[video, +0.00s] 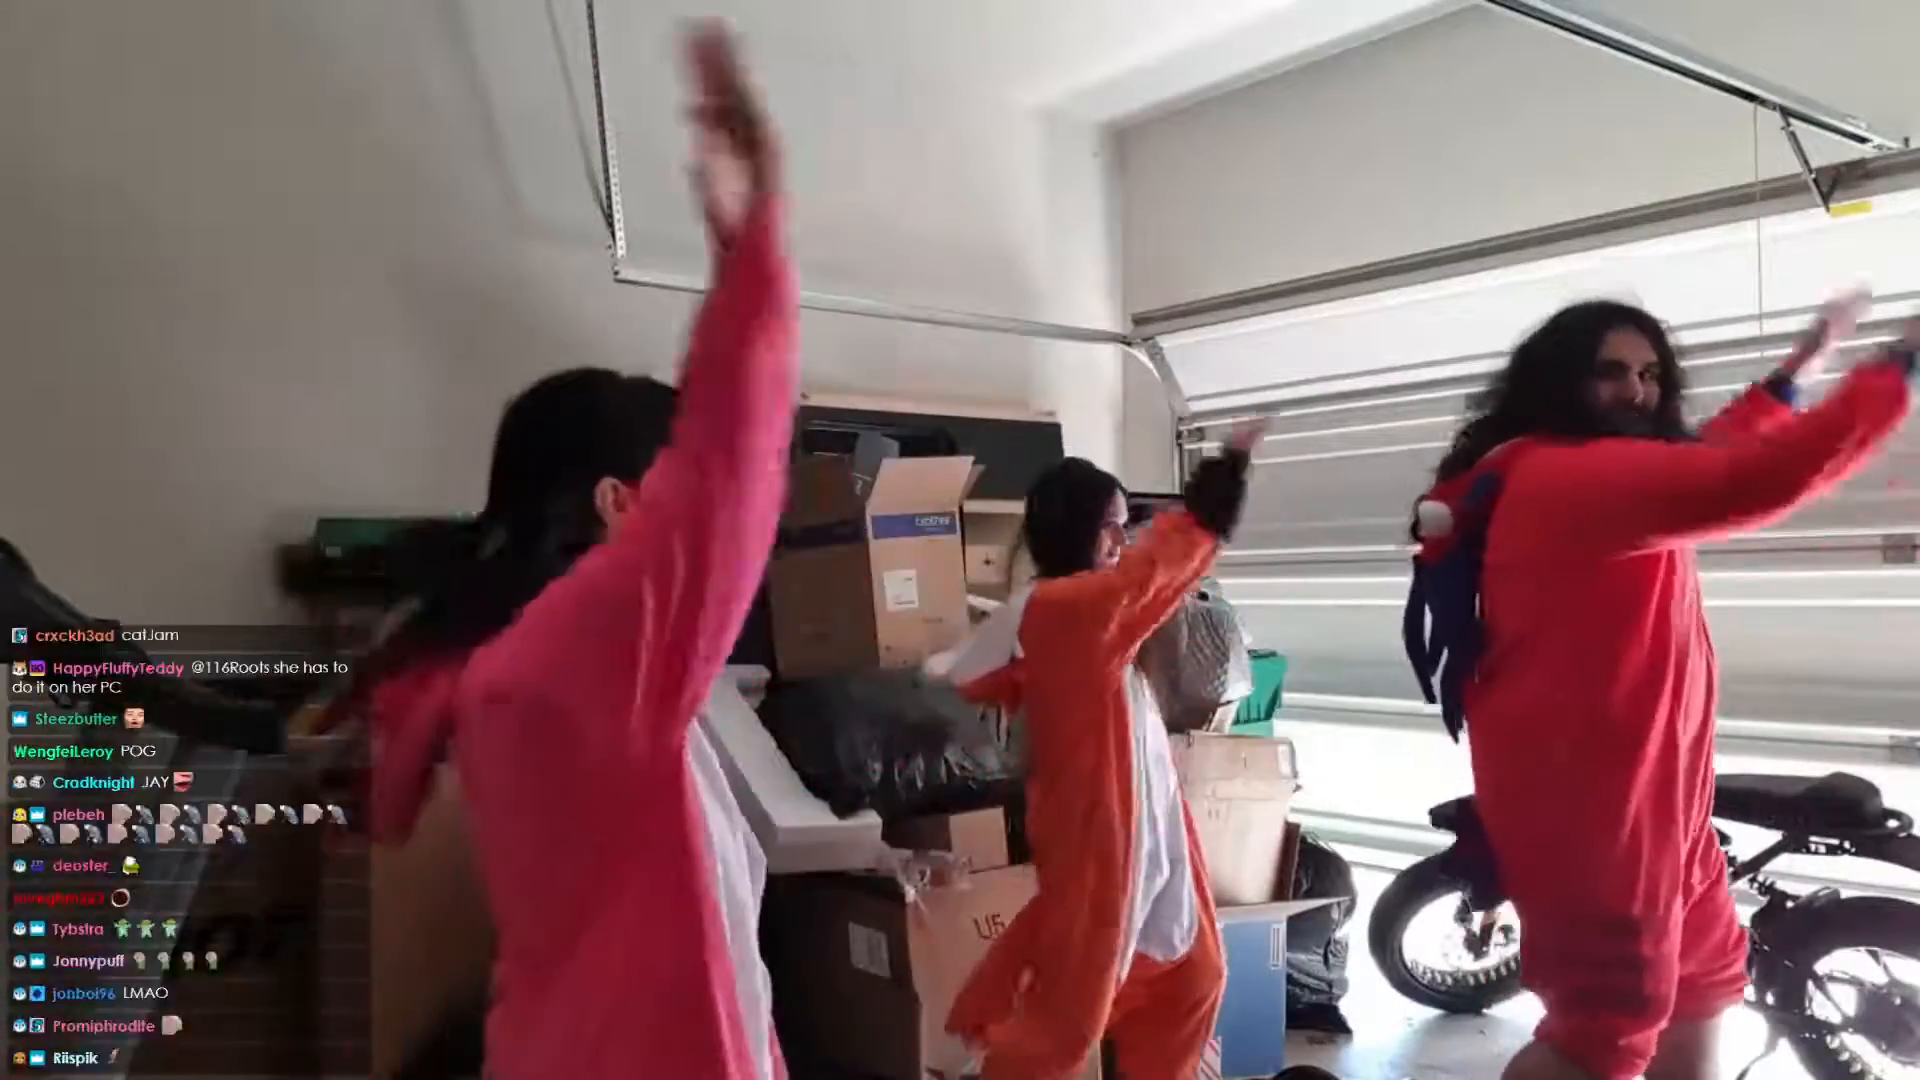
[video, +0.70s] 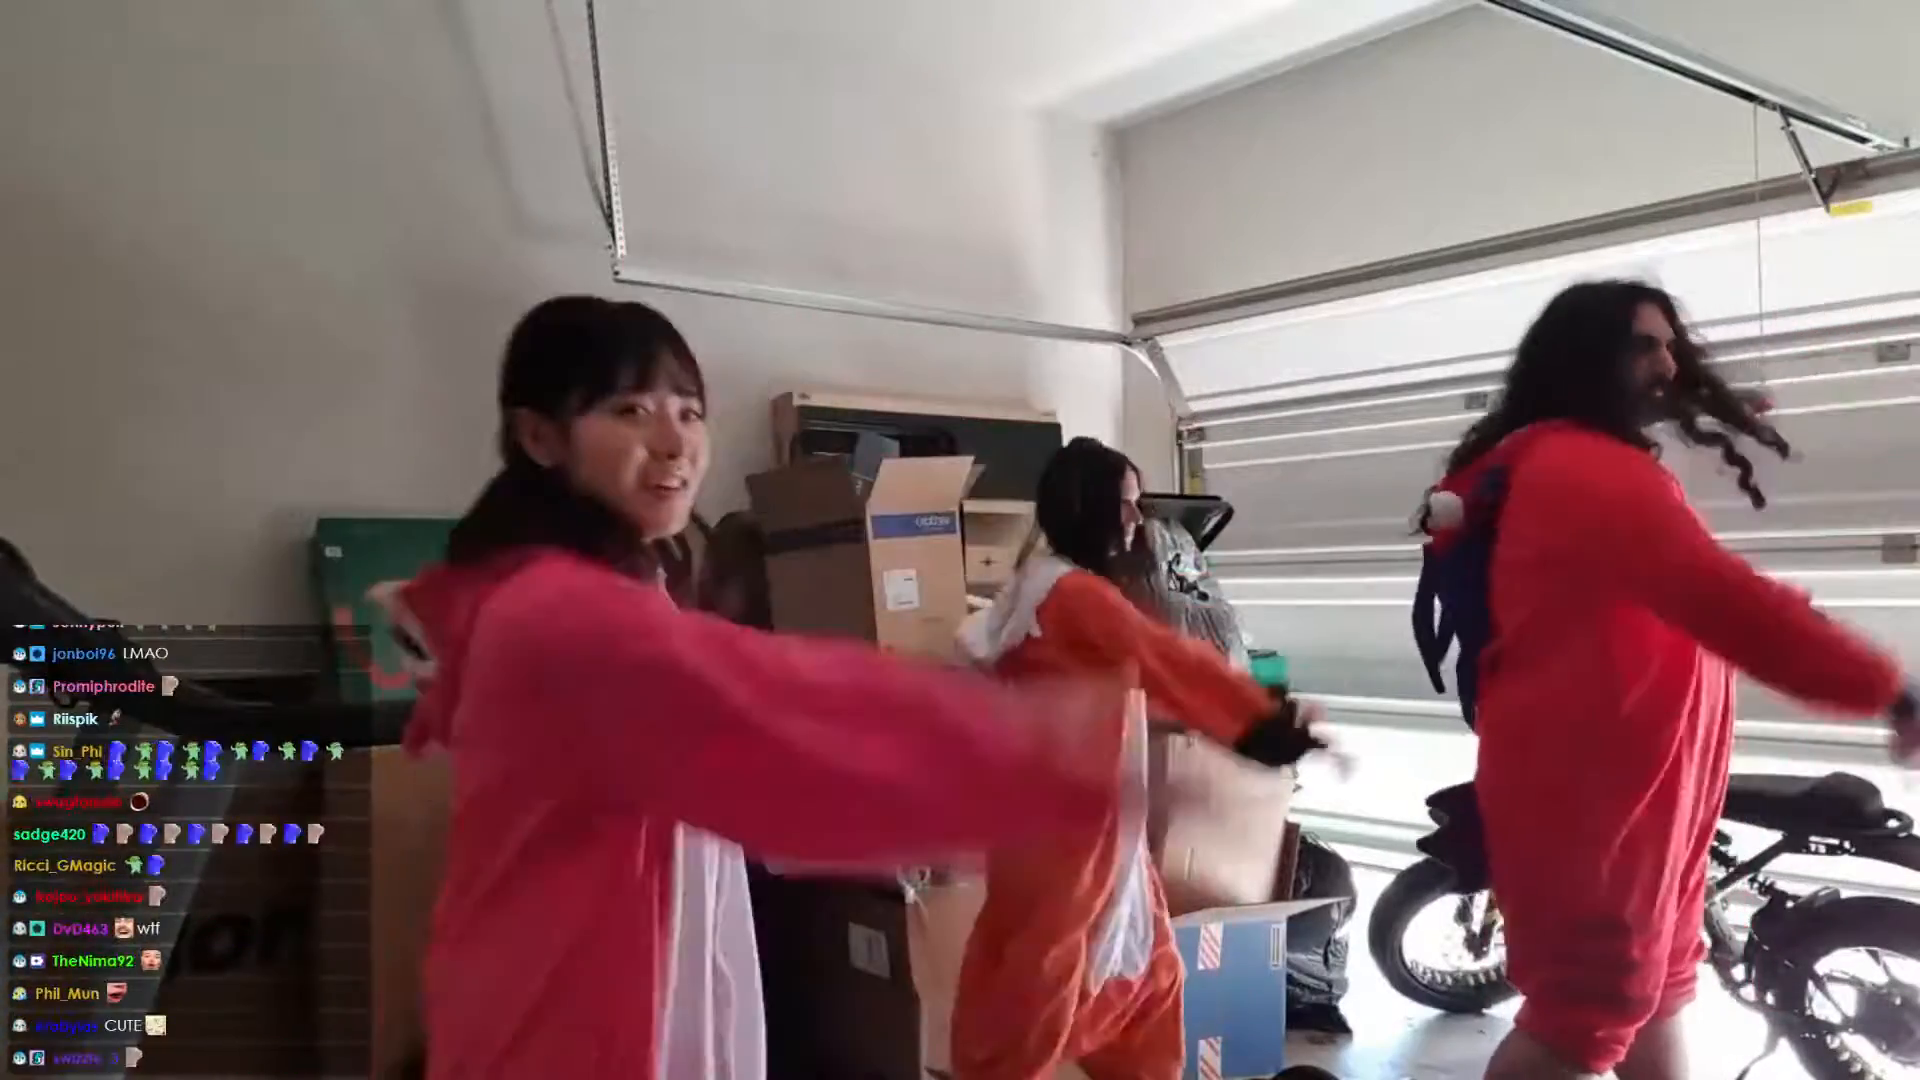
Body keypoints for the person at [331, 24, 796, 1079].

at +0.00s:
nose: (687, 511)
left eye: (689, 483)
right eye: (673, 480)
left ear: (587, 508)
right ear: (617, 504)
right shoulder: (561, 674)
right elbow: (731, 469)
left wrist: (744, 243)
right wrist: (754, 230)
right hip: (633, 1058)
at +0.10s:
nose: (735, 539)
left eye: (731, 511)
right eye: (711, 508)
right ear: (636, 505)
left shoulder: (658, 703)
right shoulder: (574, 695)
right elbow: (690, 457)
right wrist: (714, 143)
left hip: (715, 1059)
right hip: (621, 1061)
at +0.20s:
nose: (746, 463)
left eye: (743, 433)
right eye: (729, 430)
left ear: (647, 449)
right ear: (646, 447)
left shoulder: (628, 630)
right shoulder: (565, 622)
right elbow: (776, 517)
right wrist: (978, 353)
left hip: (685, 1034)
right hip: (616, 1043)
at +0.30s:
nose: (793, 449)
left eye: (786, 417)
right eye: (767, 413)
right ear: (669, 437)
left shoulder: (663, 600)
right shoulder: (600, 601)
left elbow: (854, 679)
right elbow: (837, 674)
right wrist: (1081, 686)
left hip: (652, 1036)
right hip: (562, 1042)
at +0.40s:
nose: (843, 500)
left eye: (834, 472)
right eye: (798, 476)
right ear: (704, 517)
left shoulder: (754, 686)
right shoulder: (664, 691)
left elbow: (822, 929)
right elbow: (798, 945)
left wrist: (922, 1057)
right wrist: (923, 1062)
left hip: (640, 1046)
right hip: (513, 1049)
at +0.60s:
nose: (758, 483)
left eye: (771, 455)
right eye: (715, 451)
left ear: (790, 479)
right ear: (627, 482)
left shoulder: (693, 653)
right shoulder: (621, 674)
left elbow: (785, 876)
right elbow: (728, 926)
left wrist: (879, 1044)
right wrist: (866, 1049)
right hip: (532, 1062)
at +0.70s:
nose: (672, 444)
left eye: (685, 415)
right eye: (630, 411)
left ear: (703, 436)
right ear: (539, 435)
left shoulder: (626, 604)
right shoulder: (546, 612)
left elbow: (820, 704)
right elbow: (785, 717)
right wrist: (1109, 766)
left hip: (688, 1029)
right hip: (570, 1038)